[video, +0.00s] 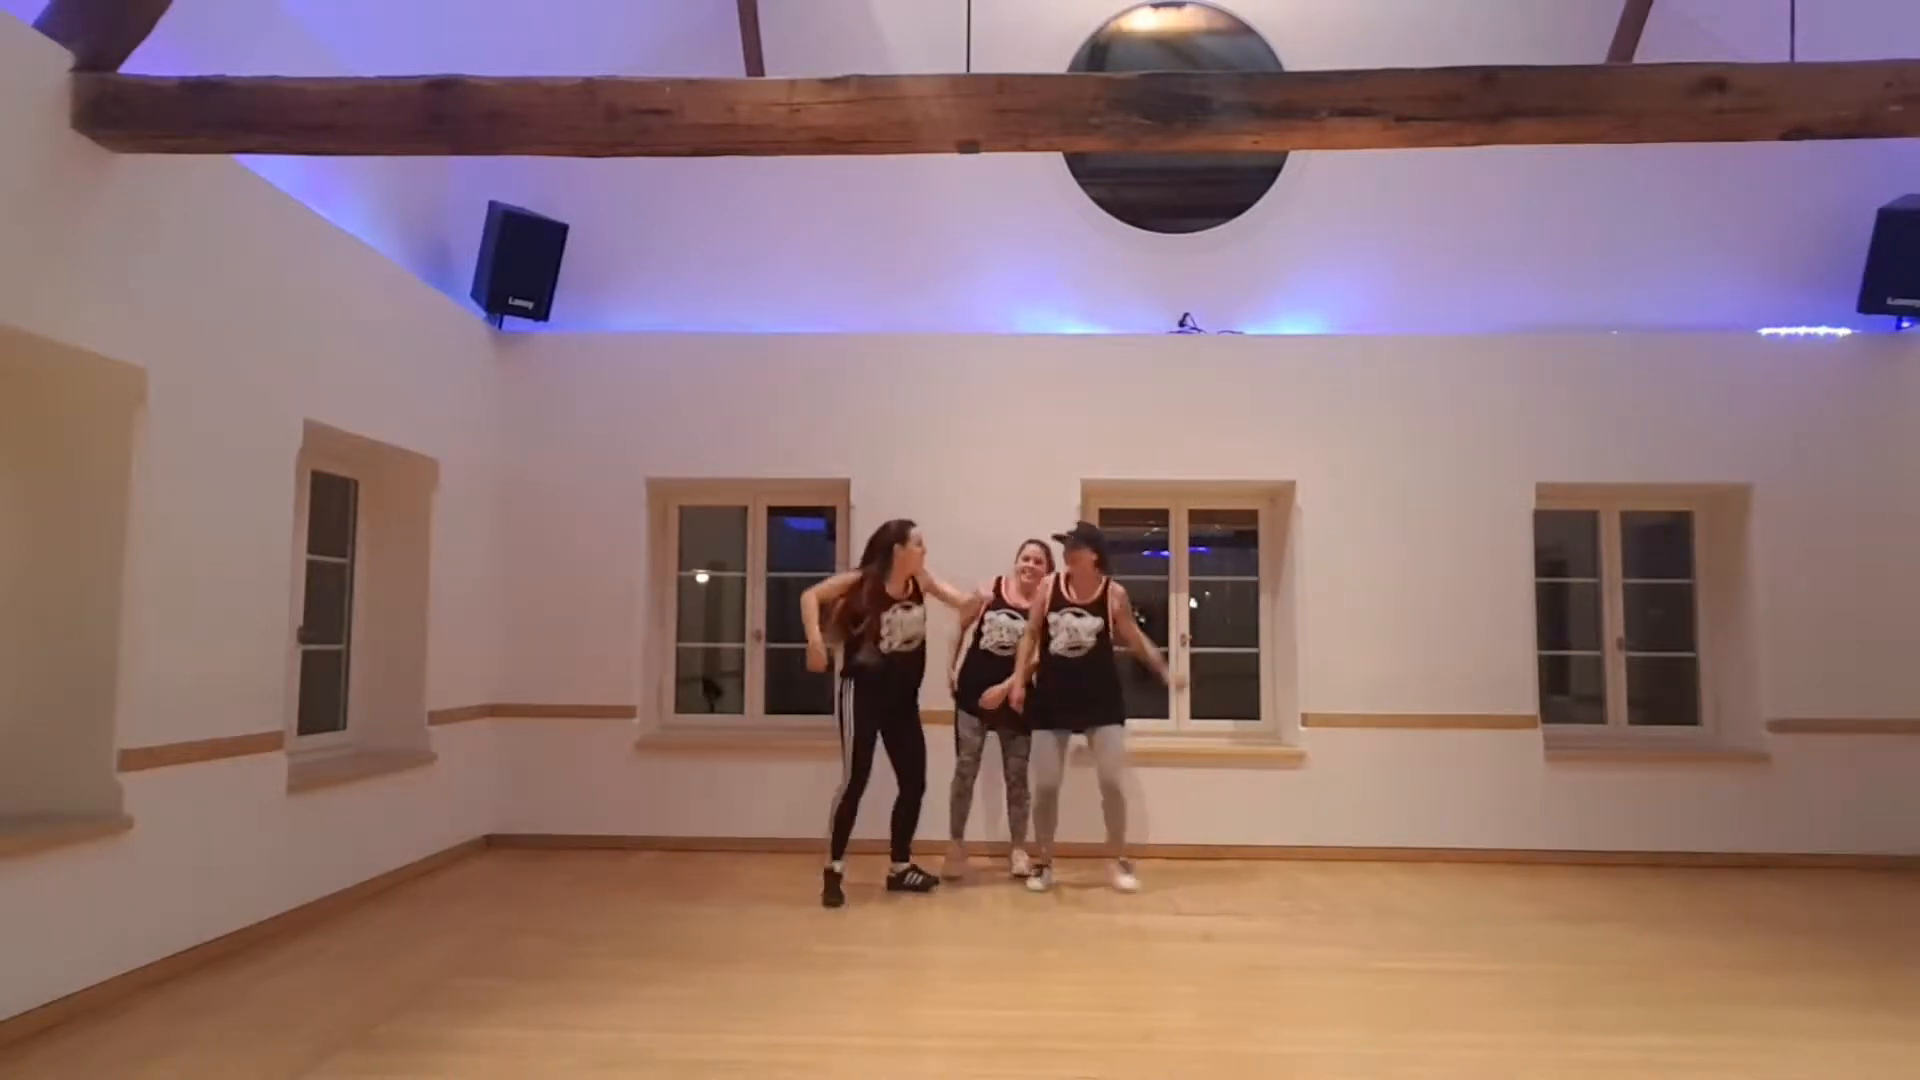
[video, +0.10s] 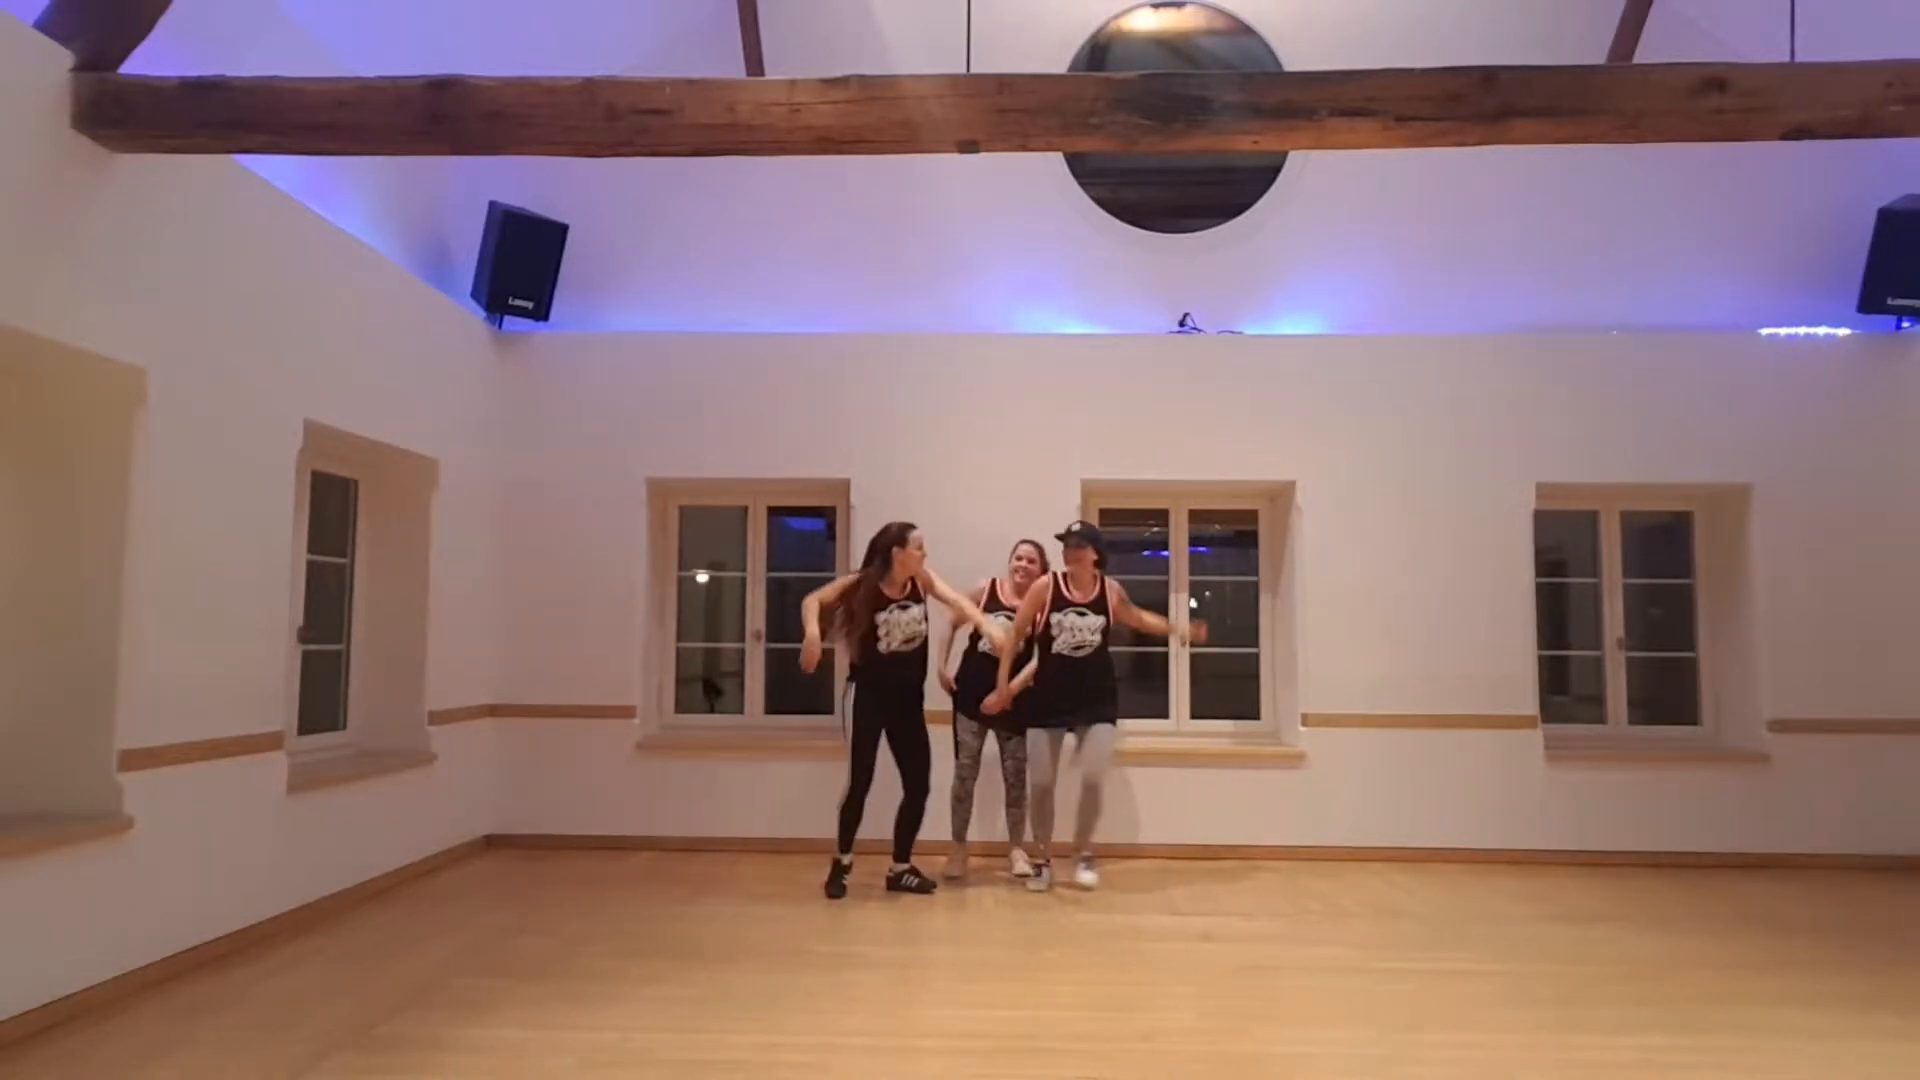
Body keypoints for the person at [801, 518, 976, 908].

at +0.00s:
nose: (924, 550)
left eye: (923, 544)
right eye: (918, 544)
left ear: (909, 551)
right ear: (896, 550)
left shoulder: (919, 584)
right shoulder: (863, 582)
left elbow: (964, 603)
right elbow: (810, 597)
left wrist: (972, 602)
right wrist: (815, 644)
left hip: (900, 697)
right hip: (859, 693)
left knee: (913, 782)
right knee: (855, 778)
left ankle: (900, 868)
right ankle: (834, 869)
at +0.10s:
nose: (924, 555)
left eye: (923, 549)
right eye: (917, 549)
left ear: (907, 554)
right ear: (895, 553)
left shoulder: (921, 581)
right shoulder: (862, 584)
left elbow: (958, 603)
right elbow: (812, 601)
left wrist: (988, 626)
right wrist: (813, 637)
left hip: (908, 699)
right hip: (869, 698)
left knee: (918, 784)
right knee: (860, 782)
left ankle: (900, 867)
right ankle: (843, 861)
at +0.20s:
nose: (924, 569)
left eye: (923, 563)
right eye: (918, 563)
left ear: (907, 568)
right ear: (895, 567)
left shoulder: (924, 597)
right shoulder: (863, 602)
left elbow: (954, 633)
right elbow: (829, 636)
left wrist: (983, 676)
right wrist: (827, 637)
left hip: (912, 711)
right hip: (870, 711)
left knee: (927, 793)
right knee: (869, 792)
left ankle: (903, 869)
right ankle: (847, 865)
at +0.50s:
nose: (920, 558)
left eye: (919, 552)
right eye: (913, 552)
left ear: (900, 559)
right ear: (890, 557)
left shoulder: (921, 604)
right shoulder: (858, 590)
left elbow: (930, 652)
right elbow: (801, 607)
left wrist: (928, 696)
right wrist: (843, 605)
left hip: (891, 702)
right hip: (848, 699)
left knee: (912, 782)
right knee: (831, 782)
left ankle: (902, 867)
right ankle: (832, 858)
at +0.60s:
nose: (895, 549)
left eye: (895, 543)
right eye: (888, 544)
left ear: (887, 551)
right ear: (865, 550)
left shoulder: (903, 590)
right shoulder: (838, 586)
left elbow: (916, 636)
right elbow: (820, 616)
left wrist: (920, 682)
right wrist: (871, 608)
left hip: (885, 698)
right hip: (842, 696)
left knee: (904, 779)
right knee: (813, 772)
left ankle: (905, 864)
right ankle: (795, 846)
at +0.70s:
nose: (869, 559)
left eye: (869, 553)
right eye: (861, 554)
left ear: (866, 559)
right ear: (840, 559)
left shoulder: (882, 592)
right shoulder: (819, 597)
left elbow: (895, 640)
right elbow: (850, 626)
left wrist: (914, 679)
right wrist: (893, 616)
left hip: (880, 705)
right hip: (837, 706)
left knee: (905, 788)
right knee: (796, 780)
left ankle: (912, 864)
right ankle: (755, 852)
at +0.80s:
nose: (845, 581)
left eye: (845, 575)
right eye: (838, 576)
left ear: (844, 581)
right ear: (818, 582)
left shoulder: (853, 617)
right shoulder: (799, 614)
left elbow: (875, 660)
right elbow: (839, 625)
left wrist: (901, 698)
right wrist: (889, 623)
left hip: (868, 722)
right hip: (824, 724)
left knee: (904, 794)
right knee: (780, 800)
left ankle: (911, 868)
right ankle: (736, 862)